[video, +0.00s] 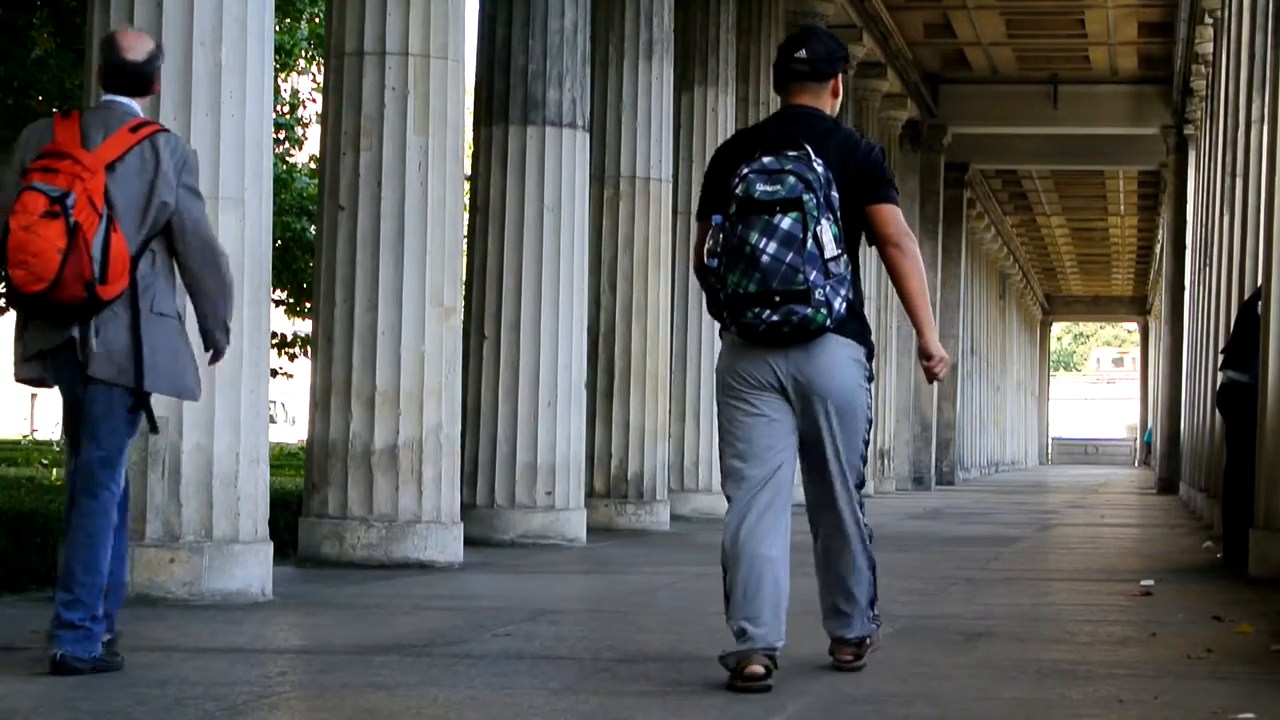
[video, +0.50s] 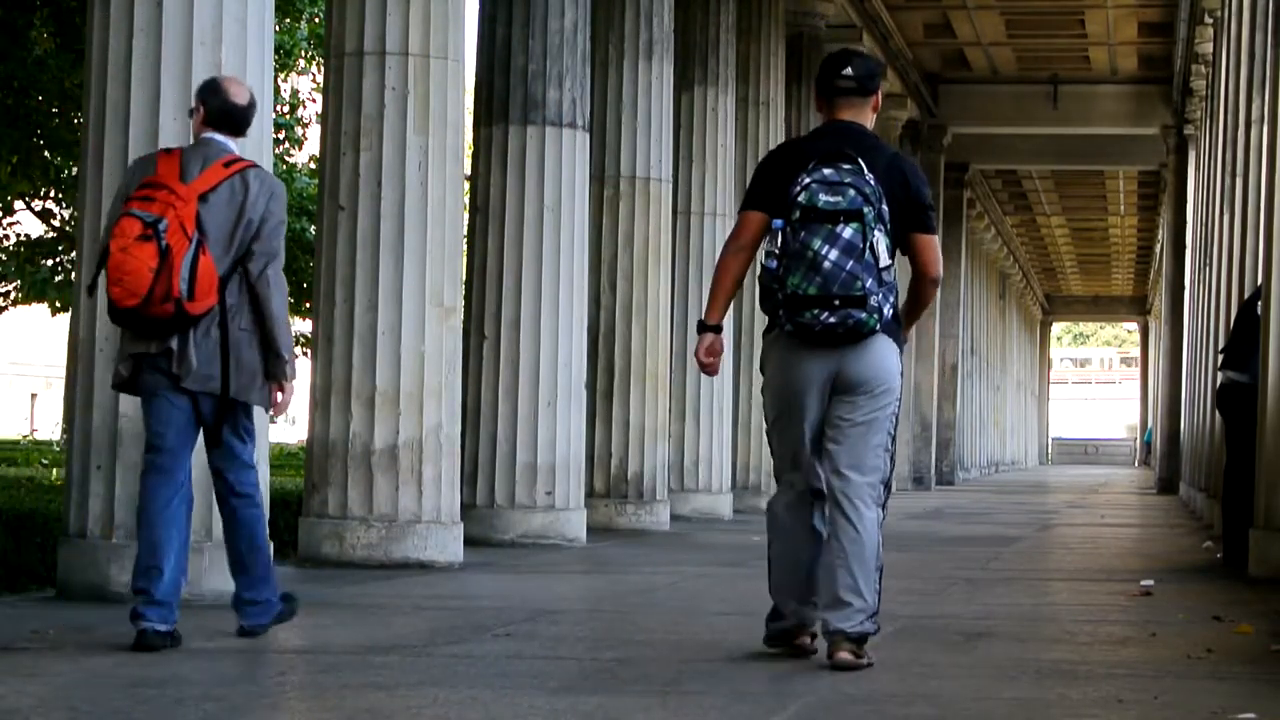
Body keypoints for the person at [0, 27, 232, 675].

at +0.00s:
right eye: (157, 74)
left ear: (97, 78)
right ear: (155, 85)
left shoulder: (44, 137)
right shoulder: (167, 151)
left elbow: (18, 223)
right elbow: (196, 245)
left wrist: (38, 306)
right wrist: (217, 323)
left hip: (57, 324)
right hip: (121, 330)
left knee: (101, 475)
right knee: (97, 479)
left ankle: (100, 622)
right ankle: (76, 640)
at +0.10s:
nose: (179, 102)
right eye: (180, 94)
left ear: (120, 96)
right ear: (174, 104)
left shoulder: (64, 154)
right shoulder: (186, 169)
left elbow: (28, 246)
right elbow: (217, 260)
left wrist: (49, 312)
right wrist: (233, 319)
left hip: (73, 337)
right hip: (142, 342)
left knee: (122, 480)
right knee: (115, 483)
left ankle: (145, 616)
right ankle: (80, 630)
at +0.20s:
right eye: (193, 105)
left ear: (138, 107)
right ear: (192, 116)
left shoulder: (84, 164)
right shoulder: (206, 179)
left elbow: (51, 248)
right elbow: (232, 269)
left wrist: (74, 317)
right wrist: (252, 330)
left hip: (94, 342)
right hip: (163, 345)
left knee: (136, 480)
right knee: (156, 479)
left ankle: (156, 620)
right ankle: (109, 589)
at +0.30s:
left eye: (154, 96)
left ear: (155, 104)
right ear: (209, 115)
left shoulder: (103, 162)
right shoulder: (223, 175)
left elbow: (76, 250)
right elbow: (247, 272)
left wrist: (95, 330)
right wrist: (264, 349)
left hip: (115, 347)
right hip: (185, 350)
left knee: (142, 481)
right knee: (204, 465)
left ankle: (154, 619)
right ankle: (155, 564)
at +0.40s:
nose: (170, 101)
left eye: (173, 94)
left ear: (176, 103)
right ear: (226, 116)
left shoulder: (124, 160)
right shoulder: (245, 174)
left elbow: (99, 248)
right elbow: (254, 268)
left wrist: (116, 330)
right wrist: (276, 353)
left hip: (141, 342)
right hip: (215, 347)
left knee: (153, 474)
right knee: (227, 461)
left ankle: (152, 620)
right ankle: (208, 590)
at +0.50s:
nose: (193, 109)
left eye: (196, 103)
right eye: (202, 103)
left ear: (198, 116)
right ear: (246, 130)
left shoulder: (148, 169)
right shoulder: (262, 187)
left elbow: (112, 252)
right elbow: (266, 276)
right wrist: (281, 363)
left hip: (159, 350)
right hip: (229, 355)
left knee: (163, 476)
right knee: (239, 483)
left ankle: (153, 617)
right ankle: (258, 604)